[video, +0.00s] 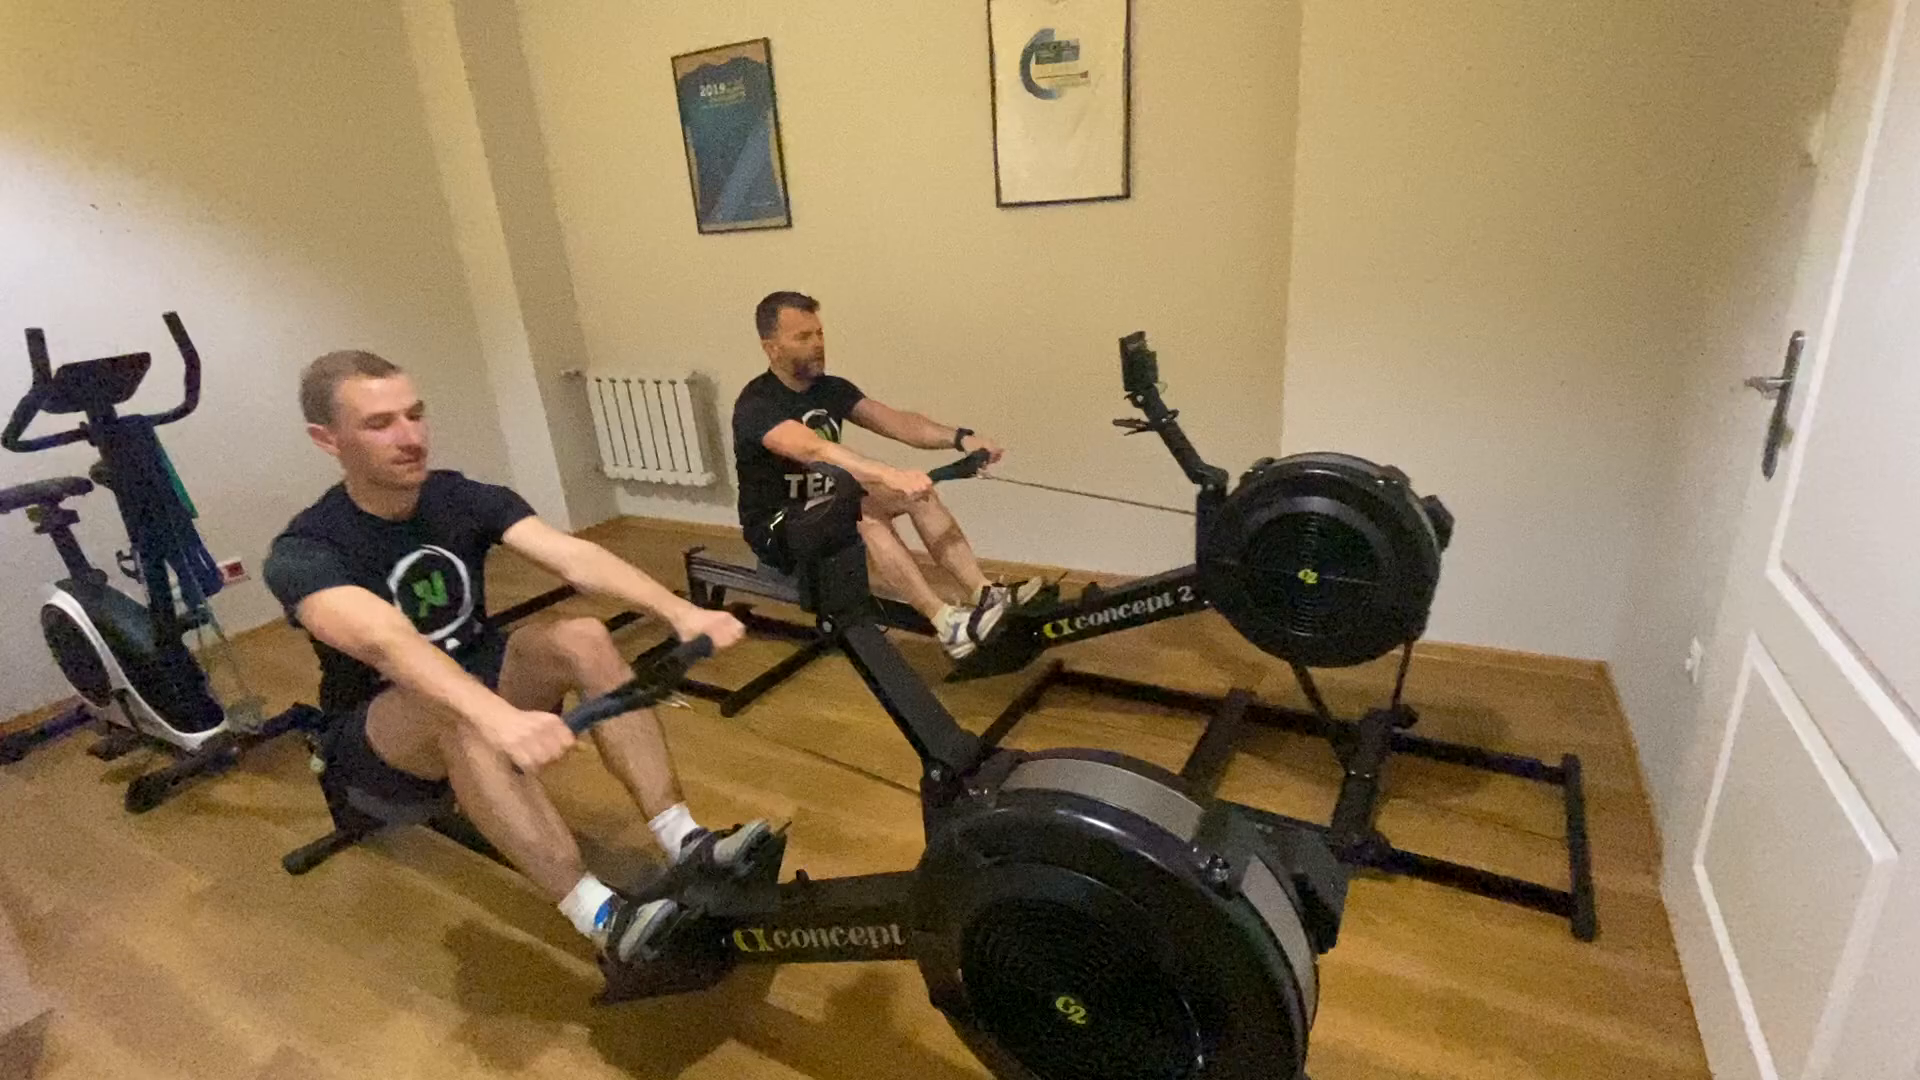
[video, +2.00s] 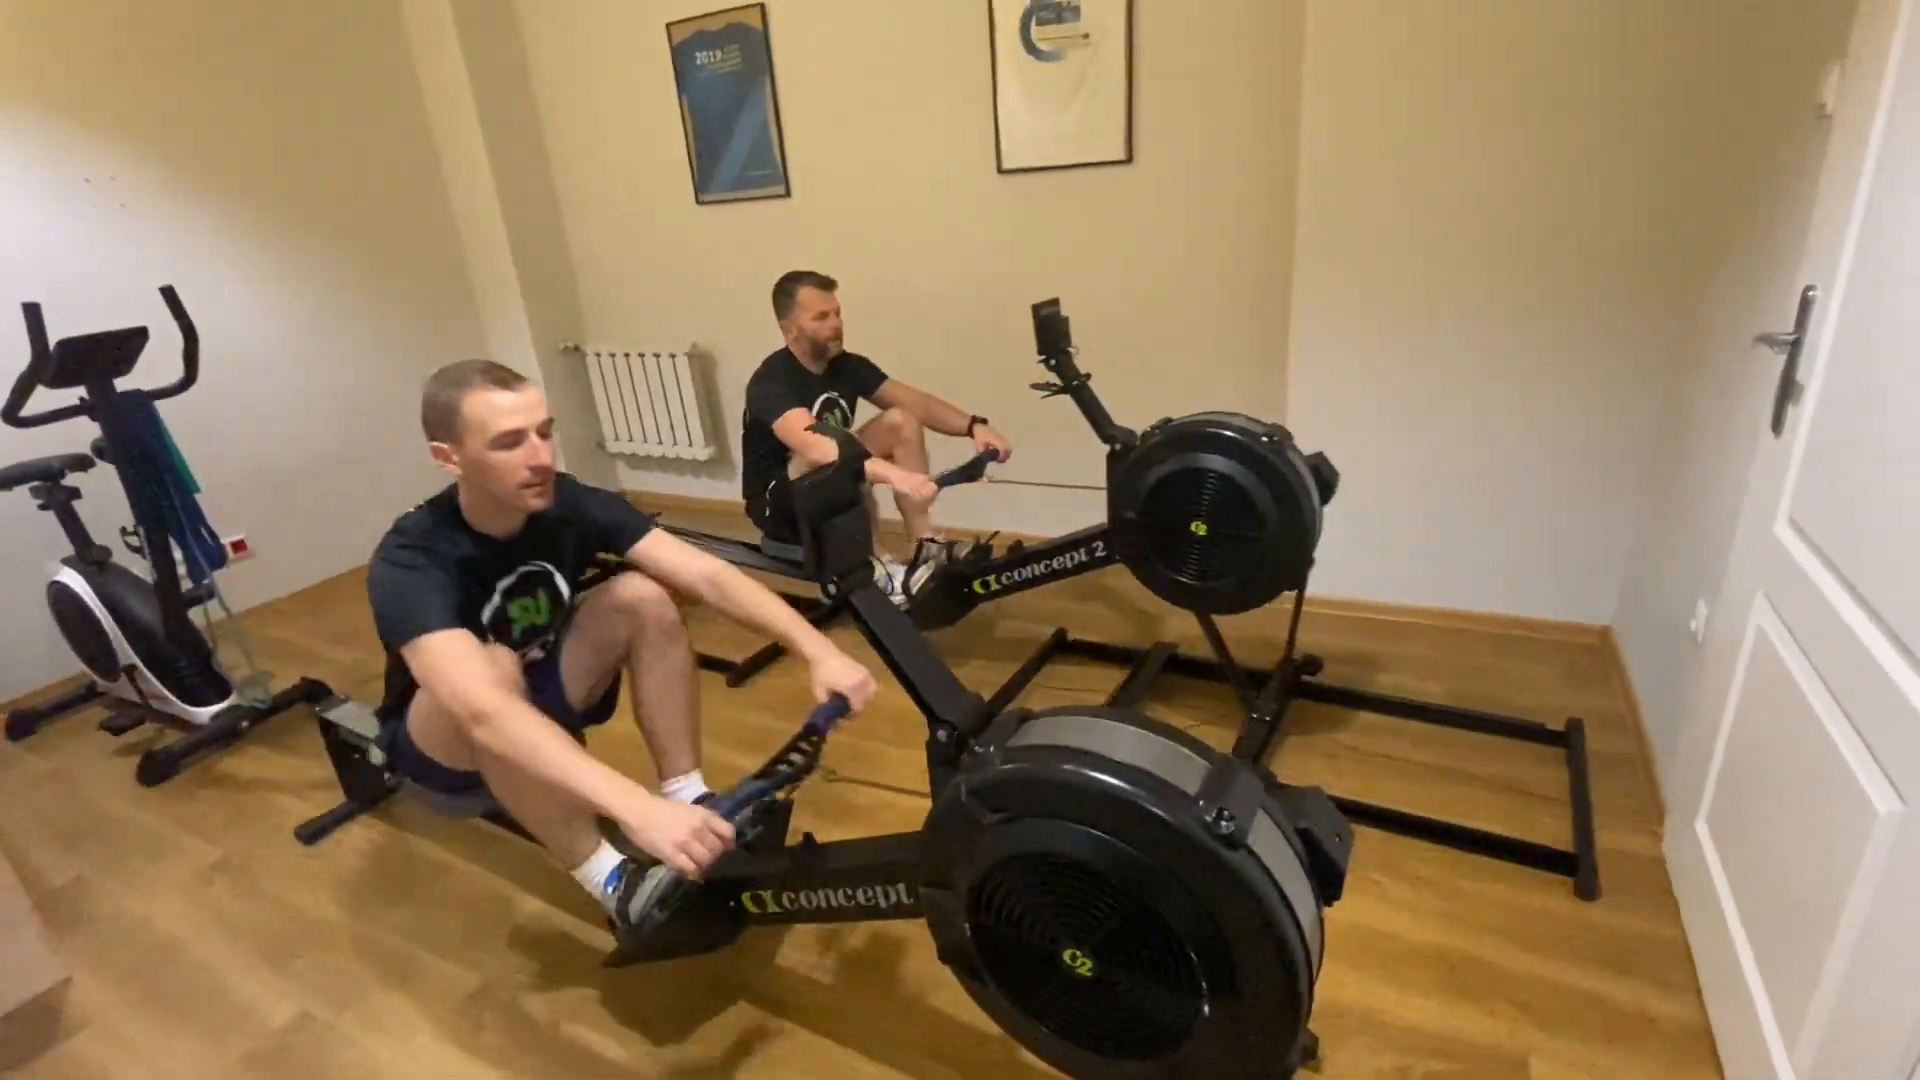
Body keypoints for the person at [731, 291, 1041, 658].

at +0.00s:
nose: (819, 344)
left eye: (820, 334)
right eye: (804, 338)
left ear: (823, 331)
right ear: (772, 348)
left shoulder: (829, 388)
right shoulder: (755, 405)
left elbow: (894, 422)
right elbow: (816, 452)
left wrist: (960, 438)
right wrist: (889, 474)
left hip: (835, 505)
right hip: (781, 527)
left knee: (917, 491)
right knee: (865, 524)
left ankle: (985, 595)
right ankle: (947, 623)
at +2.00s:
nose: (837, 324)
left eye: (837, 314)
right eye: (823, 317)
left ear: (840, 311)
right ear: (790, 329)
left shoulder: (846, 367)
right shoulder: (769, 383)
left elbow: (914, 403)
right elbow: (815, 448)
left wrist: (975, 426)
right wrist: (893, 475)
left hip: (833, 485)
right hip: (777, 506)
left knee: (901, 423)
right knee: (826, 454)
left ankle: (926, 547)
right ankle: (875, 565)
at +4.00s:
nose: (777, 308)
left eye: (778, 299)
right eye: (765, 301)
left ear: (778, 298)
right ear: (731, 308)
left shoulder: (784, 352)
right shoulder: (708, 368)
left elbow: (826, 394)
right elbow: (699, 449)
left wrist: (867, 400)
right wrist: (767, 438)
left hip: (813, 473)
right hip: (765, 496)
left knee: (892, 469)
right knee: (862, 494)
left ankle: (986, 561)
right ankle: (954, 586)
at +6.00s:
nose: (747, 340)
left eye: (748, 328)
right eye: (734, 332)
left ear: (749, 327)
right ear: (700, 337)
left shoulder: (755, 376)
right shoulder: (686, 402)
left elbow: (781, 424)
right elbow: (671, 482)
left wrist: (806, 397)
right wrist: (702, 437)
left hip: (845, 482)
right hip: (803, 512)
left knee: (924, 514)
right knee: (898, 540)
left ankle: (1044, 570)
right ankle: (1015, 603)